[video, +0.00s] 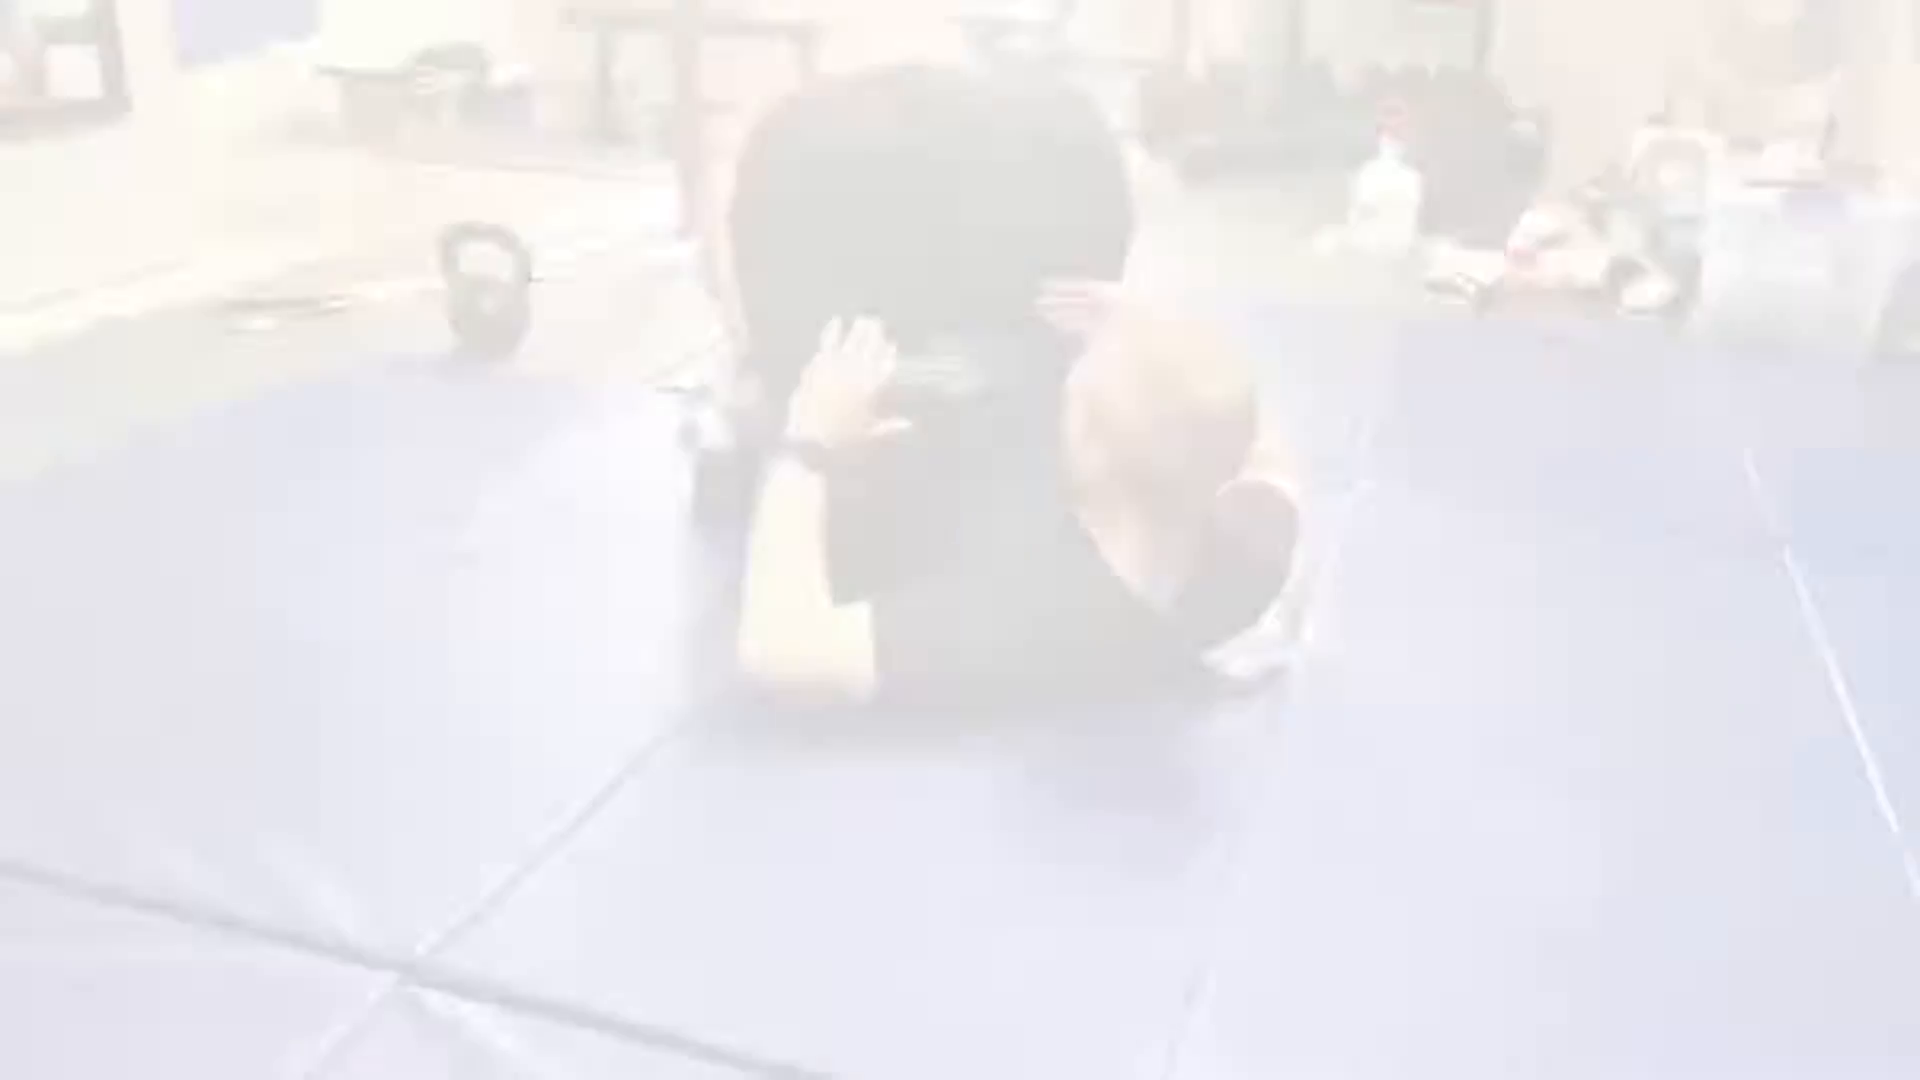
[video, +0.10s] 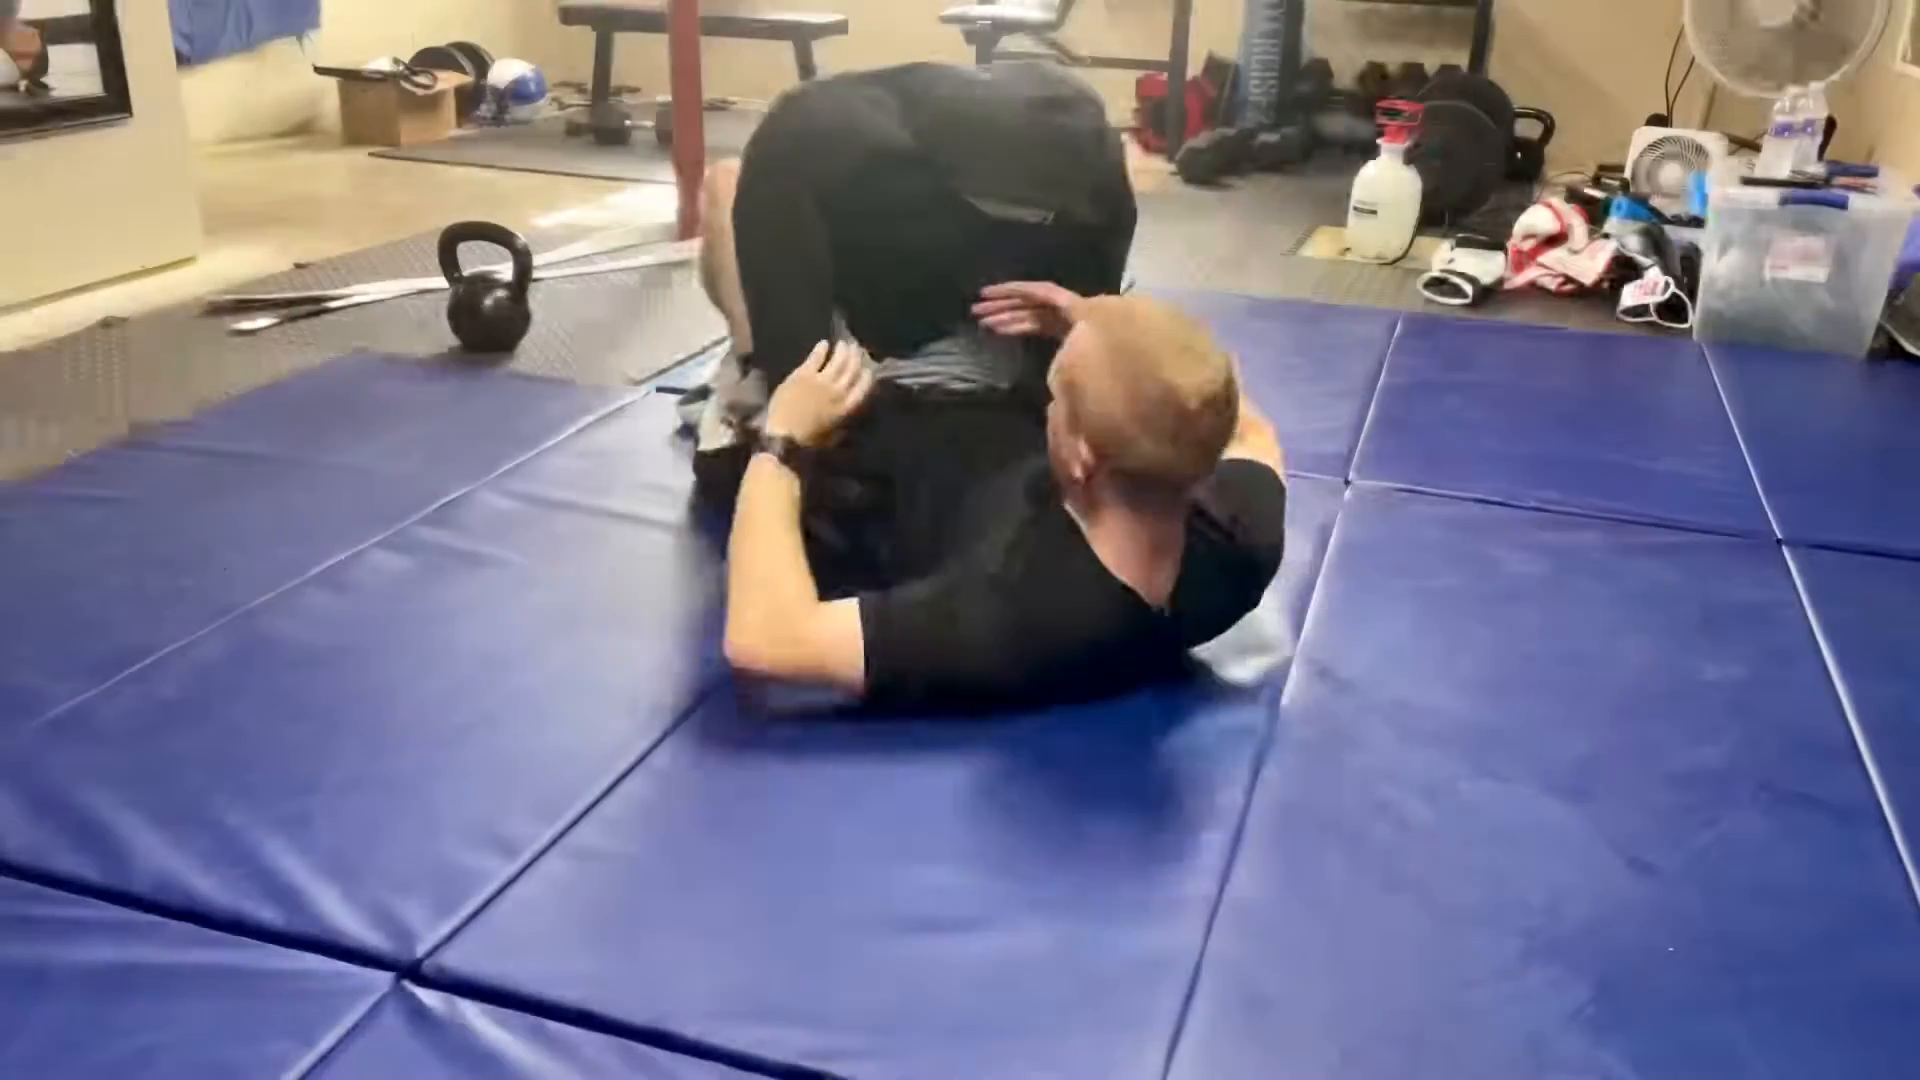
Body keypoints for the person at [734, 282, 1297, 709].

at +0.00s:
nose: (1067, 406)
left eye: (1084, 407)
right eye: (1081, 394)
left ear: (1096, 458)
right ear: (1229, 453)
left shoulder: (1019, 620)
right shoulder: (1250, 569)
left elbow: (781, 652)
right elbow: (1260, 442)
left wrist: (804, 449)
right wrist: (1152, 335)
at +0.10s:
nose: (1051, 389)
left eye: (1058, 388)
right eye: (1059, 376)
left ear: (1079, 458)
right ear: (1214, 434)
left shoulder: (1012, 624)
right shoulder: (1242, 543)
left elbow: (765, 639)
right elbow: (1243, 422)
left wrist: (778, 440)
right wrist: (1092, 327)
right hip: (993, 424)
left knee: (730, 180)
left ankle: (755, 379)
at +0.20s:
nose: (1013, 369)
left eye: (1018, 373)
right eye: (1019, 361)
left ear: (1042, 432)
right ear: (1169, 389)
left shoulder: (980, 615)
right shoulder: (1220, 513)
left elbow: (735, 600)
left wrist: (763, 425)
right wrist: (1020, 315)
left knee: (733, 180)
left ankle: (755, 372)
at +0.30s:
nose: (969, 343)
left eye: (969, 350)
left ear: (997, 401)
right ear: (1110, 339)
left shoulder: (943, 593)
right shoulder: (1189, 465)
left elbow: (706, 559)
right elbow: (1097, 343)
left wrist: (758, 398)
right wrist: (922, 291)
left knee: (740, 177)